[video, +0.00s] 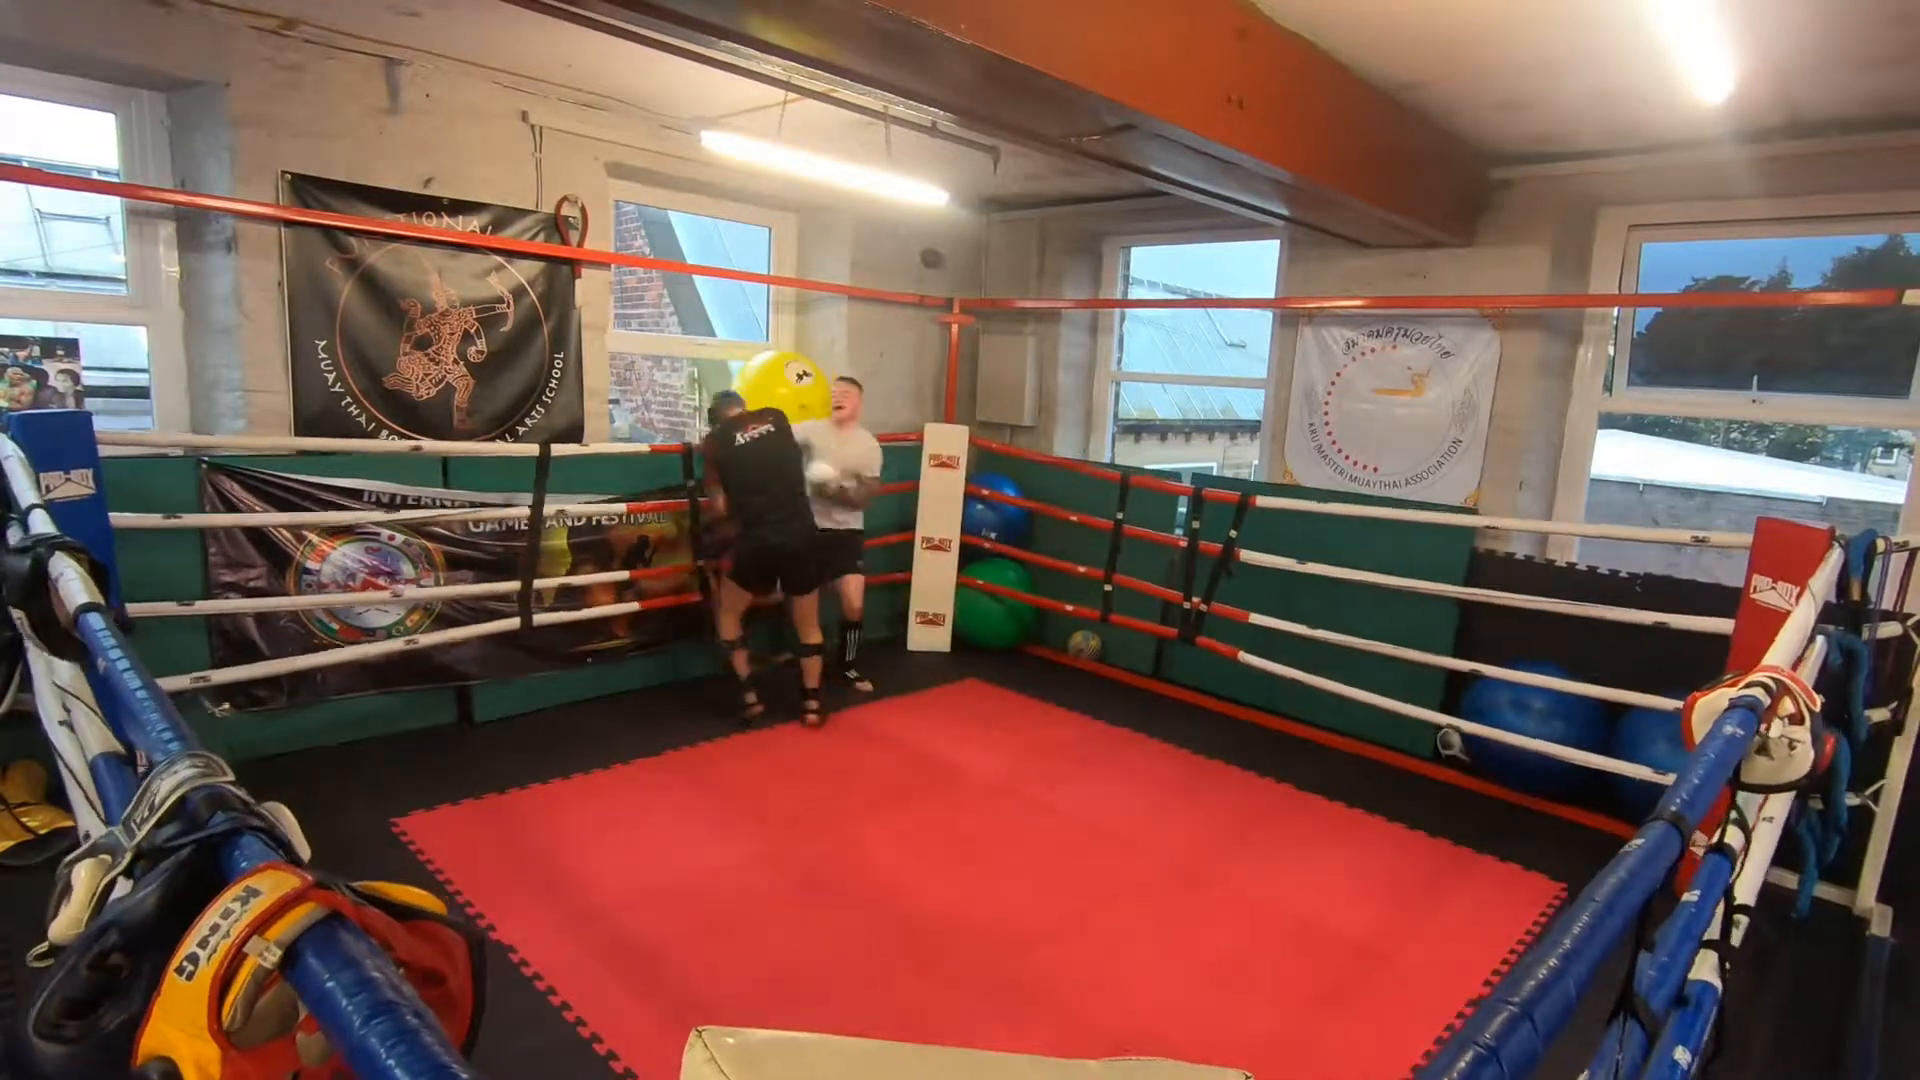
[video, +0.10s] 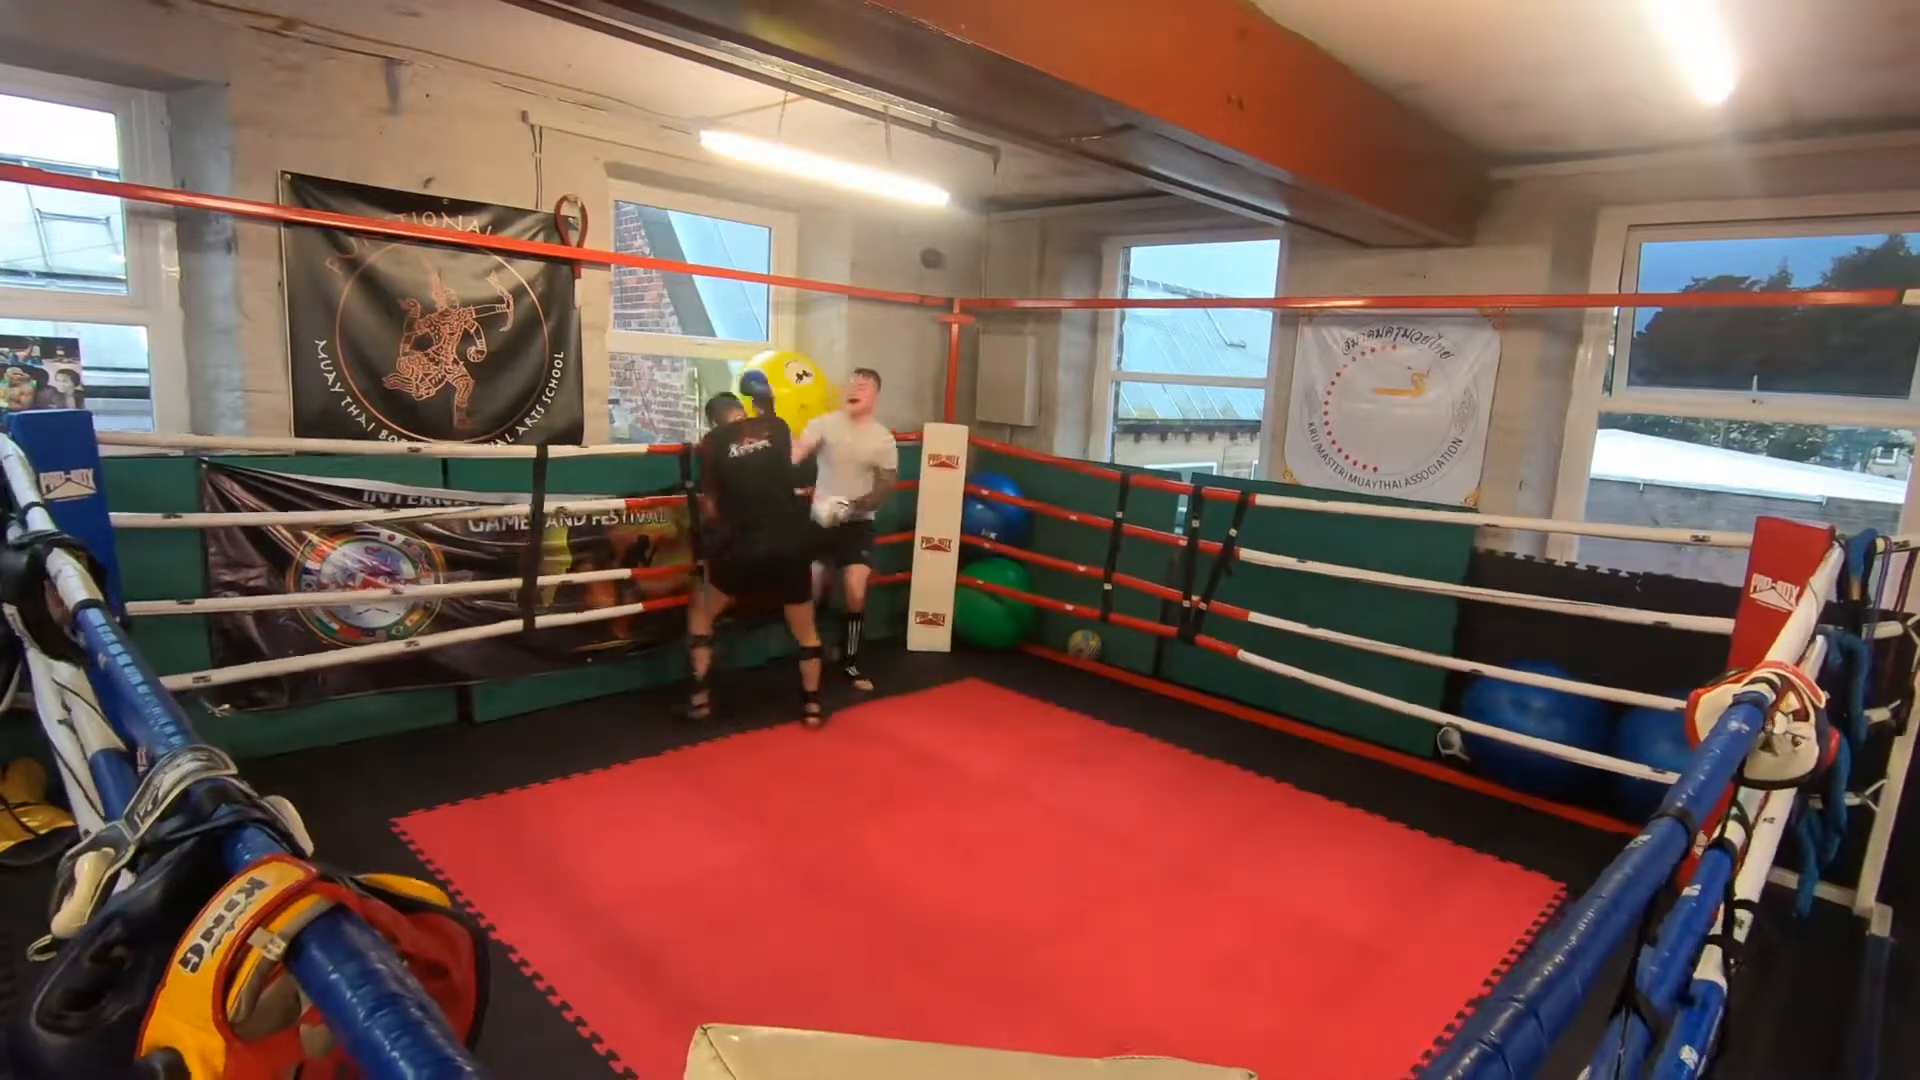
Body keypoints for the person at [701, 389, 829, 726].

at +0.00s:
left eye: (718, 422)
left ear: (716, 419)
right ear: (744, 406)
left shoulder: (714, 444)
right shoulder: (777, 417)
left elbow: (719, 504)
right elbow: (794, 463)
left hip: (757, 542)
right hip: (802, 537)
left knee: (730, 614)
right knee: (808, 623)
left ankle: (749, 696)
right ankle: (812, 703)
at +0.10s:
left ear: (713, 418)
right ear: (741, 409)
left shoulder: (712, 443)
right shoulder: (778, 428)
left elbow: (710, 505)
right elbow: (793, 479)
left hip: (740, 547)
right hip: (789, 544)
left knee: (702, 613)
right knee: (805, 629)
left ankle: (699, 697)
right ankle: (812, 705)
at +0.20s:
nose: (726, 413)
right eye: (730, 406)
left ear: (704, 414)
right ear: (734, 406)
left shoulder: (691, 450)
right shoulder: (767, 437)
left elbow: (690, 510)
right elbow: (791, 479)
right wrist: (783, 424)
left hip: (718, 555)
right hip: (769, 552)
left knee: (688, 623)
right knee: (793, 626)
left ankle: (657, 703)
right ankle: (810, 706)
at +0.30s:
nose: (726, 405)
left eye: (723, 399)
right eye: (725, 399)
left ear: (692, 402)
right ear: (718, 399)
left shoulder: (671, 443)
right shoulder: (736, 435)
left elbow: (670, 506)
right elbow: (776, 478)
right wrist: (778, 440)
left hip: (691, 554)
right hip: (739, 554)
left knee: (675, 629)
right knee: (775, 627)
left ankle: (654, 708)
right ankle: (798, 704)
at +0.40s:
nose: (722, 396)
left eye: (720, 391)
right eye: (720, 390)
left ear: (684, 391)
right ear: (710, 389)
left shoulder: (660, 432)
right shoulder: (720, 432)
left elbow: (652, 493)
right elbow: (742, 492)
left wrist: (677, 510)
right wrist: (760, 461)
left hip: (673, 545)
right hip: (717, 545)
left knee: (671, 618)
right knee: (754, 617)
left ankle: (652, 708)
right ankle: (756, 707)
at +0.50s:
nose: (715, 394)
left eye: (714, 387)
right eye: (714, 388)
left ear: (680, 386)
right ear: (705, 386)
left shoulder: (651, 427)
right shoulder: (702, 427)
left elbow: (634, 486)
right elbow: (713, 493)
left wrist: (675, 489)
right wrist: (744, 482)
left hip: (659, 544)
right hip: (699, 546)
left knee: (661, 625)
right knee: (734, 624)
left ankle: (649, 712)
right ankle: (706, 714)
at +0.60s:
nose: (715, 398)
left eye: (714, 391)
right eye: (714, 391)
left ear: (679, 387)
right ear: (702, 389)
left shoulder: (647, 426)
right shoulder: (694, 433)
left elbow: (623, 480)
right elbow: (696, 502)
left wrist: (666, 486)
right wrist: (724, 497)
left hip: (649, 545)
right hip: (684, 549)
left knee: (657, 630)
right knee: (703, 636)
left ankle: (654, 721)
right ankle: (651, 721)